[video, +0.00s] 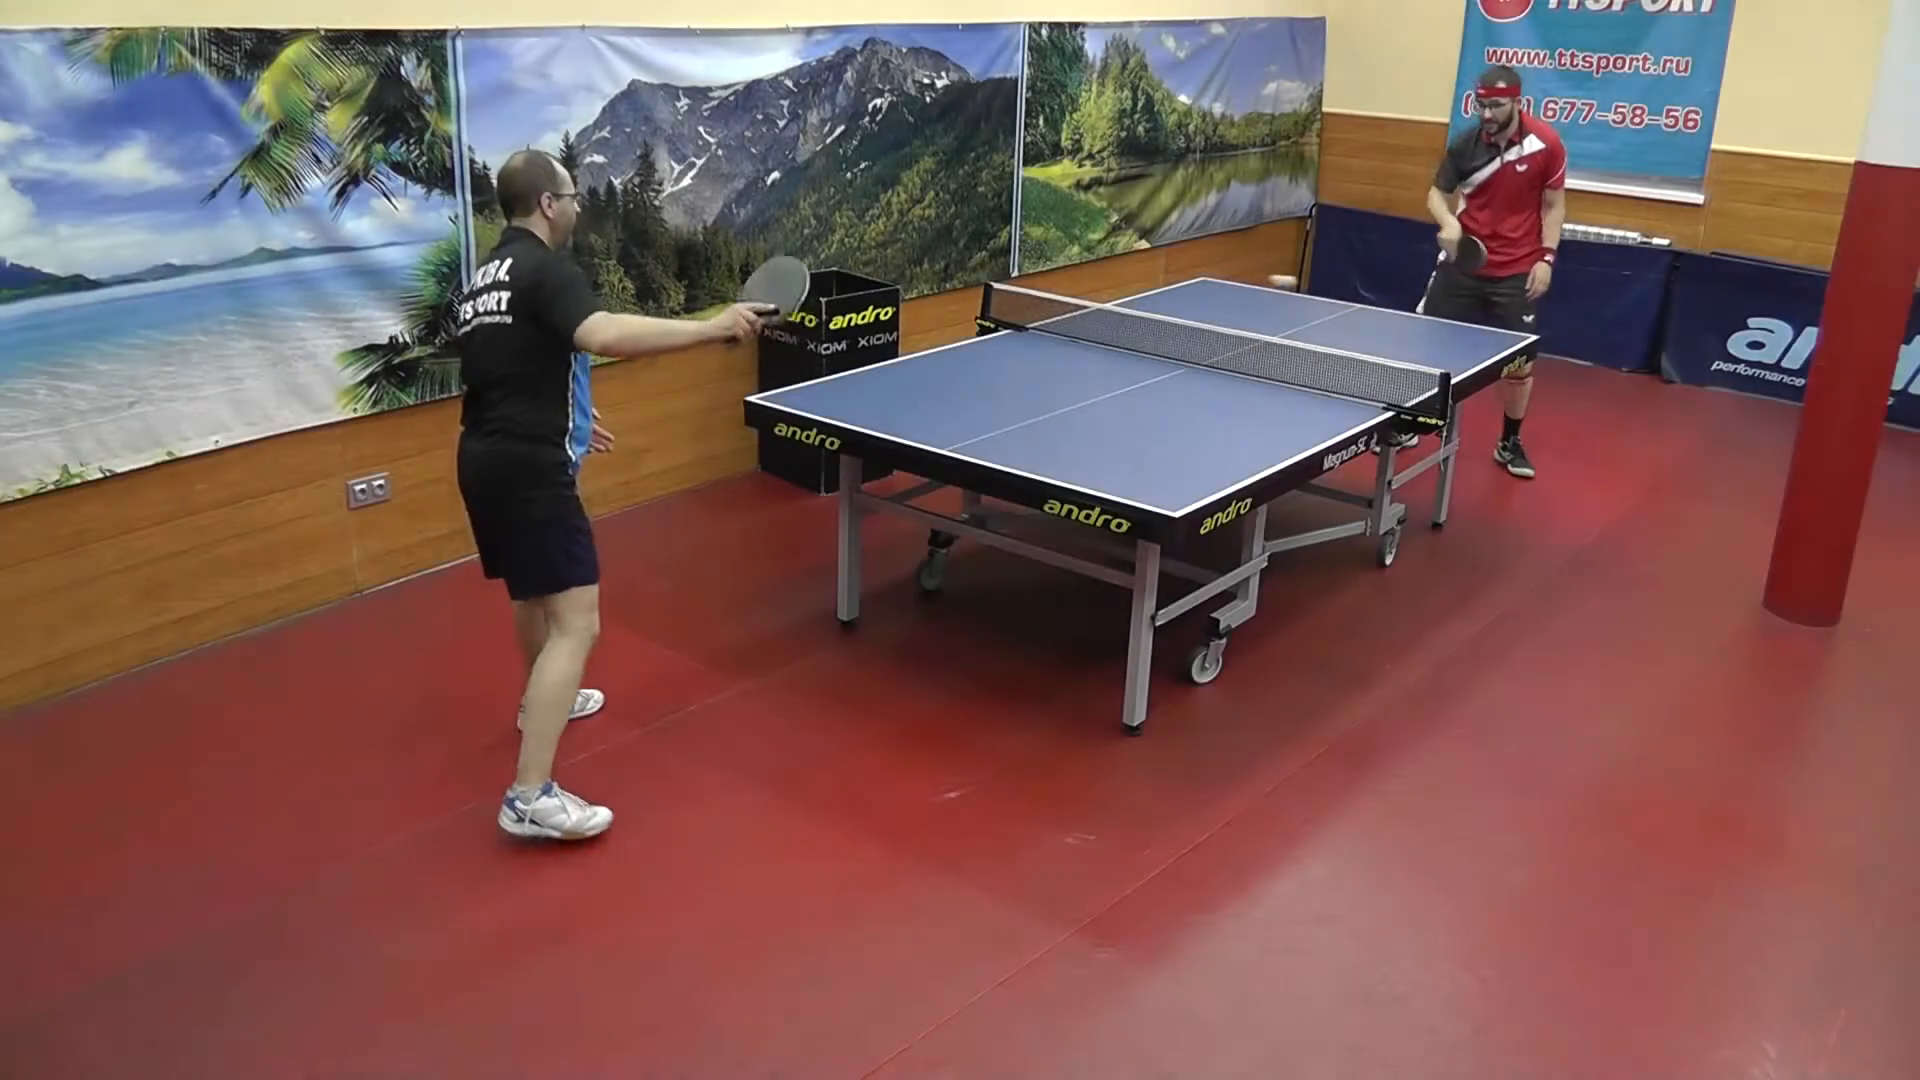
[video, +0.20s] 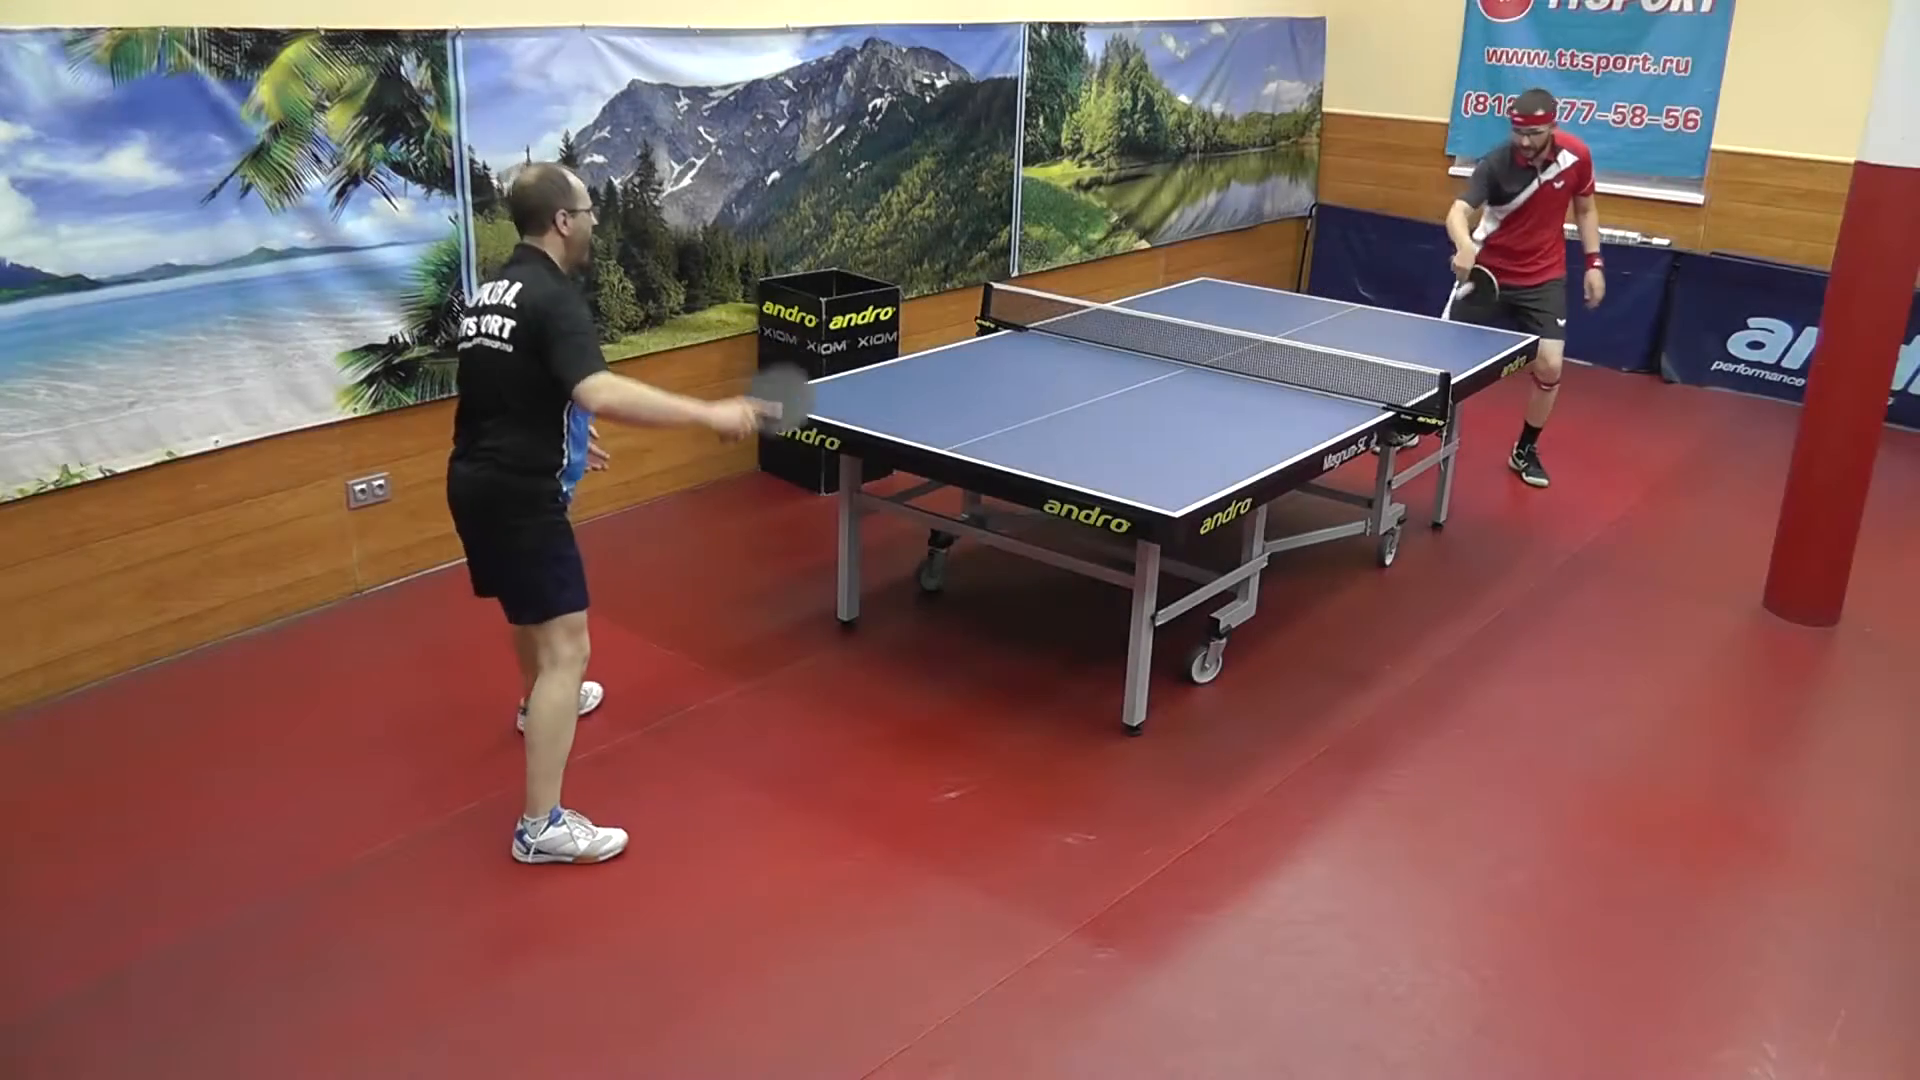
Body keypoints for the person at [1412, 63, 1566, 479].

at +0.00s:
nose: (1488, 114)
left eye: (1497, 105)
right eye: (1482, 105)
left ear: (1518, 102)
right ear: (1476, 102)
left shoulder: (1547, 146)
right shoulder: (1466, 144)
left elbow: (1554, 205)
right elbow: (1436, 193)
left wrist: (1547, 258)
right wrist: (1448, 223)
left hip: (1515, 274)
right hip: (1460, 268)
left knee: (1521, 362)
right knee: (1426, 343)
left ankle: (1510, 442)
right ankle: (1412, 416)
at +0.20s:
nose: (1525, 141)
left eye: (1534, 133)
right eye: (1518, 131)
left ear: (1553, 127)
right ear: (1511, 125)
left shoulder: (1575, 156)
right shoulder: (1496, 163)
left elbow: (1585, 210)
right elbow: (1457, 214)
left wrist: (1594, 263)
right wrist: (1465, 245)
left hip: (1544, 278)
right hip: (1487, 273)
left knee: (1550, 369)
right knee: (1447, 350)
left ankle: (1526, 450)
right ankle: (1419, 415)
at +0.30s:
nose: (1538, 141)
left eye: (1548, 133)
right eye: (1532, 132)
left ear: (1565, 126)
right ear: (1525, 126)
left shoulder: (1586, 156)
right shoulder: (1510, 161)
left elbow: (1598, 210)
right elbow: (1472, 198)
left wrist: (1613, 263)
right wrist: (1455, 214)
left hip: (1551, 281)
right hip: (1493, 277)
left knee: (1555, 371)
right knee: (1452, 356)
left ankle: (1526, 450)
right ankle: (1421, 417)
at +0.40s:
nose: (1547, 133)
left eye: (1557, 124)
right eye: (1541, 123)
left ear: (1574, 120)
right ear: (1534, 118)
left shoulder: (1593, 155)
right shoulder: (1519, 151)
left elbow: (1604, 207)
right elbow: (1476, 172)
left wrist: (1624, 261)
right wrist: (1452, 165)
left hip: (1554, 282)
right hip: (1496, 276)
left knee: (1554, 370)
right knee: (1454, 355)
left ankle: (1526, 450)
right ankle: (1427, 415)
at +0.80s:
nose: (1517, 121)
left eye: (1527, 112)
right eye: (1512, 111)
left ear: (1545, 112)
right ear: (1503, 111)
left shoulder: (1568, 159)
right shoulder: (1486, 151)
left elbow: (1578, 221)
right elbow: (1440, 189)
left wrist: (1576, 279)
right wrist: (1431, 181)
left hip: (1524, 288)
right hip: (1469, 277)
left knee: (1527, 378)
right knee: (1418, 346)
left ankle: (1523, 451)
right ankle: (1390, 420)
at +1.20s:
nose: (1468, 109)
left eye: (1477, 100)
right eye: (1462, 100)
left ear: (1496, 99)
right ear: (1454, 101)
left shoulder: (1522, 146)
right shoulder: (1444, 146)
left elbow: (1534, 210)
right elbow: (1416, 189)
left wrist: (1515, 262)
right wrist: (1398, 206)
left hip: (1491, 278)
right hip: (1436, 271)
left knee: (1510, 369)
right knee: (1390, 341)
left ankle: (1522, 450)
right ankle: (1383, 421)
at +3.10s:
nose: (1489, 116)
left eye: (1498, 108)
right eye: (1483, 107)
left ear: (1517, 107)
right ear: (1475, 106)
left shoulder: (1543, 150)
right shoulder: (1465, 149)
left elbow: (1553, 210)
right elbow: (1440, 204)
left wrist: (1546, 261)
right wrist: (1454, 236)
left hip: (1519, 273)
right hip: (1466, 265)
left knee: (1527, 361)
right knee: (1421, 333)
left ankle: (1533, 438)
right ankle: (1415, 409)